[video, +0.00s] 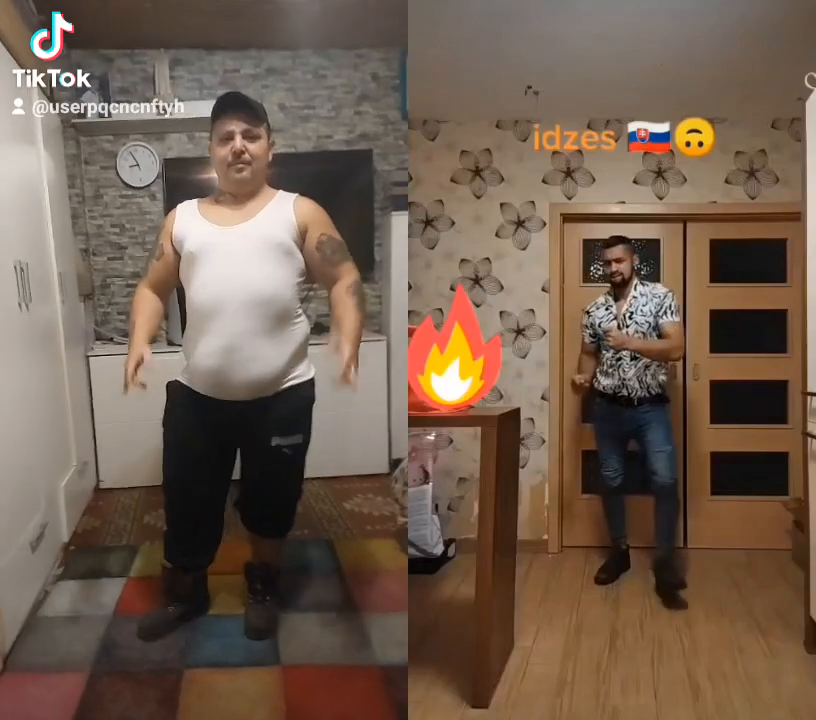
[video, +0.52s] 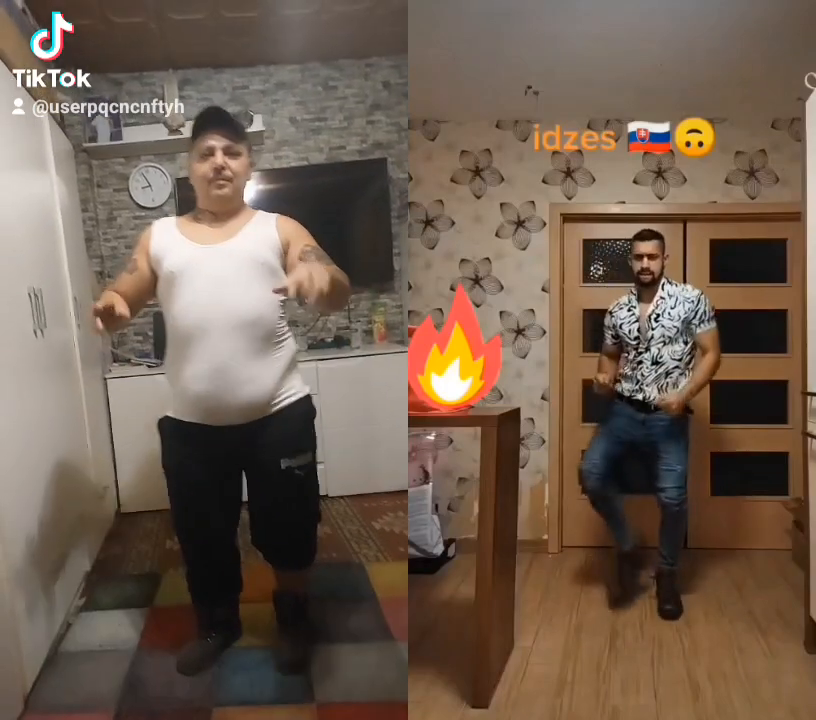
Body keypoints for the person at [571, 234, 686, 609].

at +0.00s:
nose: (613, 268)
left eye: (619, 261)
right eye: (608, 263)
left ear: (635, 261)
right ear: (603, 267)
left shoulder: (659, 297)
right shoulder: (596, 311)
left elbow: (675, 346)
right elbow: (588, 354)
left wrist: (629, 343)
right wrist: (584, 376)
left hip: (650, 407)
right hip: (608, 408)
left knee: (664, 481)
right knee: (611, 481)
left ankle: (666, 567)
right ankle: (619, 553)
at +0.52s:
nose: (645, 264)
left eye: (652, 257)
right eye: (638, 257)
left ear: (664, 260)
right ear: (631, 262)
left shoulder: (690, 300)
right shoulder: (619, 311)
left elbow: (711, 354)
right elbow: (609, 357)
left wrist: (685, 395)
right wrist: (605, 379)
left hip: (668, 415)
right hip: (623, 412)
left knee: (672, 498)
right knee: (592, 475)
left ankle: (667, 575)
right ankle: (627, 549)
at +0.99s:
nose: (642, 259)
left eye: (650, 251)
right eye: (635, 251)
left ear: (661, 255)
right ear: (624, 255)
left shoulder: (684, 303)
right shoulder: (604, 303)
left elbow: (705, 360)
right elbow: (579, 357)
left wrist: (682, 370)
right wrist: (595, 365)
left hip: (676, 422)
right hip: (626, 422)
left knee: (678, 507)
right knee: (610, 504)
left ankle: (661, 576)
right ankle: (632, 596)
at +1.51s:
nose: (638, 251)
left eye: (646, 243)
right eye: (630, 243)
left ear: (656, 245)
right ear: (617, 244)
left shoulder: (678, 294)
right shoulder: (591, 295)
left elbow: (707, 361)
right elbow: (574, 350)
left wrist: (701, 345)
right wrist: (583, 369)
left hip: (670, 414)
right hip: (616, 417)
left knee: (699, 502)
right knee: (616, 513)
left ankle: (673, 589)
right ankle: (634, 600)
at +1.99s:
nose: (648, 245)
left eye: (656, 237)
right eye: (639, 237)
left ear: (666, 240)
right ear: (625, 240)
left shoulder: (689, 295)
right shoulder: (597, 293)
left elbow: (715, 368)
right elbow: (580, 354)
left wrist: (697, 333)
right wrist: (594, 393)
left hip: (675, 429)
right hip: (618, 429)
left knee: (704, 521)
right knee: (613, 527)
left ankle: (685, 631)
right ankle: (632, 600)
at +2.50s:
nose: (644, 223)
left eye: (654, 214)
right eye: (636, 216)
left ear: (676, 218)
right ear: (629, 224)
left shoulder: (709, 271)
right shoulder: (621, 287)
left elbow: (739, 347)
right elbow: (614, 358)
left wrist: (684, 383)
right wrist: (603, 371)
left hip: (695, 432)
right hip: (633, 427)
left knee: (705, 548)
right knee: (582, 507)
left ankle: (686, 648)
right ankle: (614, 635)